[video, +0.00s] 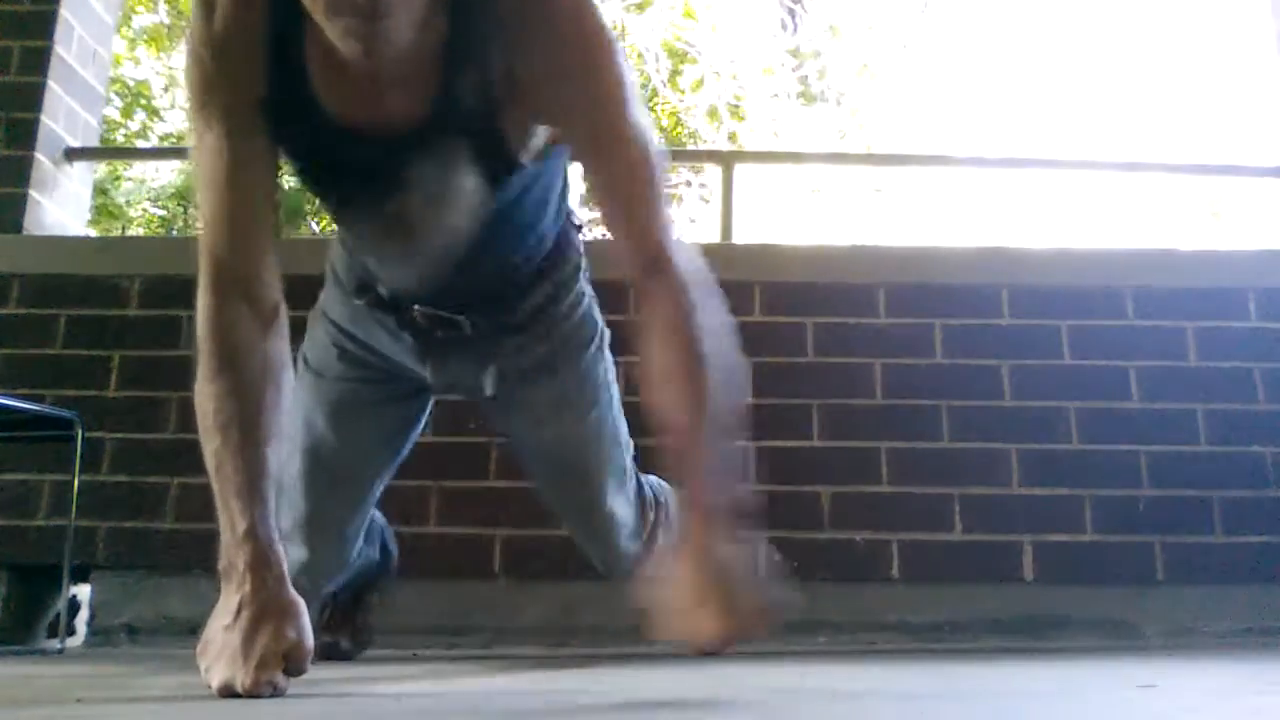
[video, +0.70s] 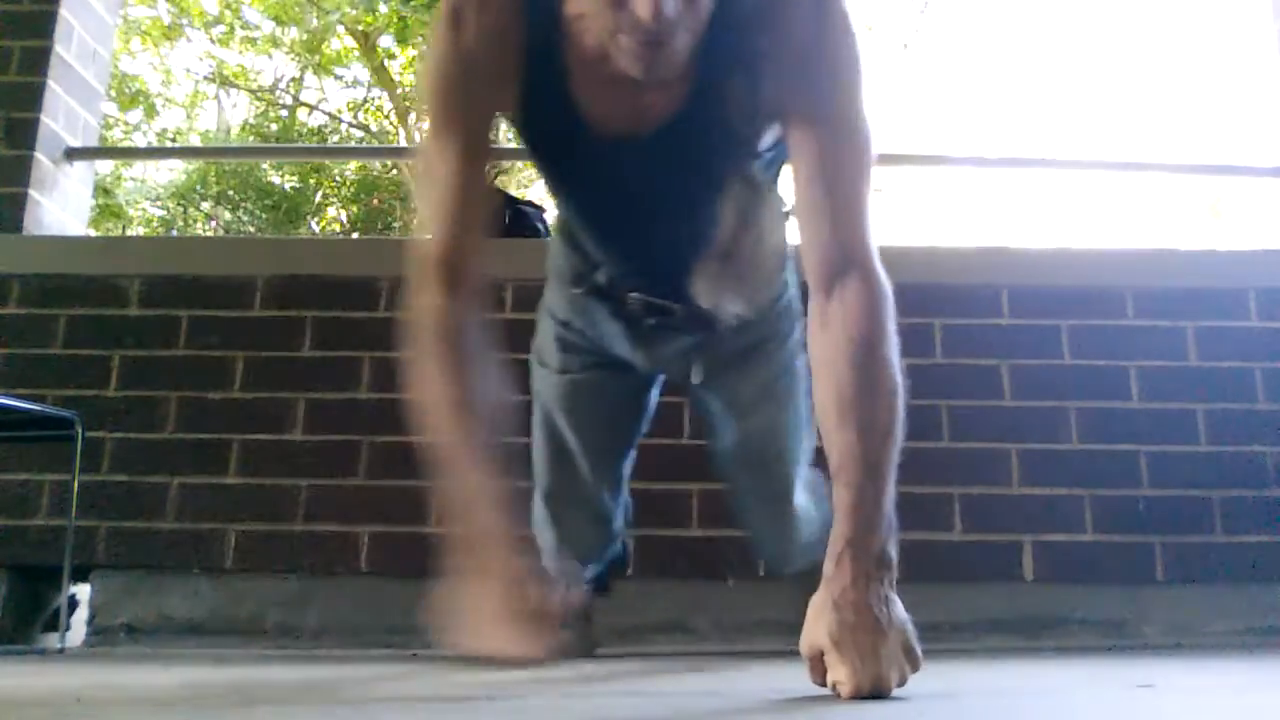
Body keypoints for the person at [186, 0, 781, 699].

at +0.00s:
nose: (357, 5)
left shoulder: (539, 22)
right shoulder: (237, 31)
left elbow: (660, 264)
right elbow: (240, 299)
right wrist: (248, 565)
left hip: (531, 316)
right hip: (367, 316)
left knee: (615, 542)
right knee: (299, 564)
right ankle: (357, 564)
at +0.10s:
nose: (400, 16)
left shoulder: (572, 40)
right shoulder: (266, 33)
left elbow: (730, 292)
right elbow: (251, 303)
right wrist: (249, 572)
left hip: (551, 330)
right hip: (384, 319)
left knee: (621, 542)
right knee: (320, 555)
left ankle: (690, 545)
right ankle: (378, 562)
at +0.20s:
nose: (437, 36)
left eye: (473, 1)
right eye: (401, 1)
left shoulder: (612, 58)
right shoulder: (296, 38)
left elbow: (759, 303)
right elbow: (263, 308)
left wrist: (850, 557)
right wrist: (251, 568)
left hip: (574, 340)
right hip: (408, 325)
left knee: (631, 558)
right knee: (348, 571)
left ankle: (688, 549)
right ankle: (431, 541)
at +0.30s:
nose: (483, 22)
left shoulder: (650, 45)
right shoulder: (332, 32)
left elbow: (775, 298)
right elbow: (276, 306)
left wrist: (853, 561)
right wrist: (252, 564)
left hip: (603, 339)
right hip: (437, 334)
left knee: (643, 568)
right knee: (410, 591)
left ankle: (682, 556)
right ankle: (507, 523)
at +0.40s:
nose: (525, 13)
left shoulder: (692, 34)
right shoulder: (370, 27)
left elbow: (793, 287)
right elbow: (297, 296)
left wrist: (858, 561)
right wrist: (255, 566)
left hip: (636, 340)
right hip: (475, 338)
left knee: (663, 565)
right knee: (482, 593)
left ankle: (693, 569)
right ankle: (565, 549)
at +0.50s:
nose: (558, 45)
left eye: (588, 16)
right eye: (528, 18)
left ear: (639, 4)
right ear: (489, 4)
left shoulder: (734, 24)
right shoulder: (409, 26)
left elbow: (813, 281)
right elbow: (322, 284)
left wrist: (860, 564)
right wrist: (259, 567)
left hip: (676, 321)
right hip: (522, 326)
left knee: (695, 554)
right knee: (541, 590)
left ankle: (710, 574)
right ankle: (586, 559)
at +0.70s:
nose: (652, 15)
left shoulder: (799, 21)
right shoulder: (485, 19)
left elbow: (846, 278)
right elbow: (444, 286)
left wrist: (862, 568)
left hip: (745, 292)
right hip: (593, 288)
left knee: (790, 541)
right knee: (566, 548)